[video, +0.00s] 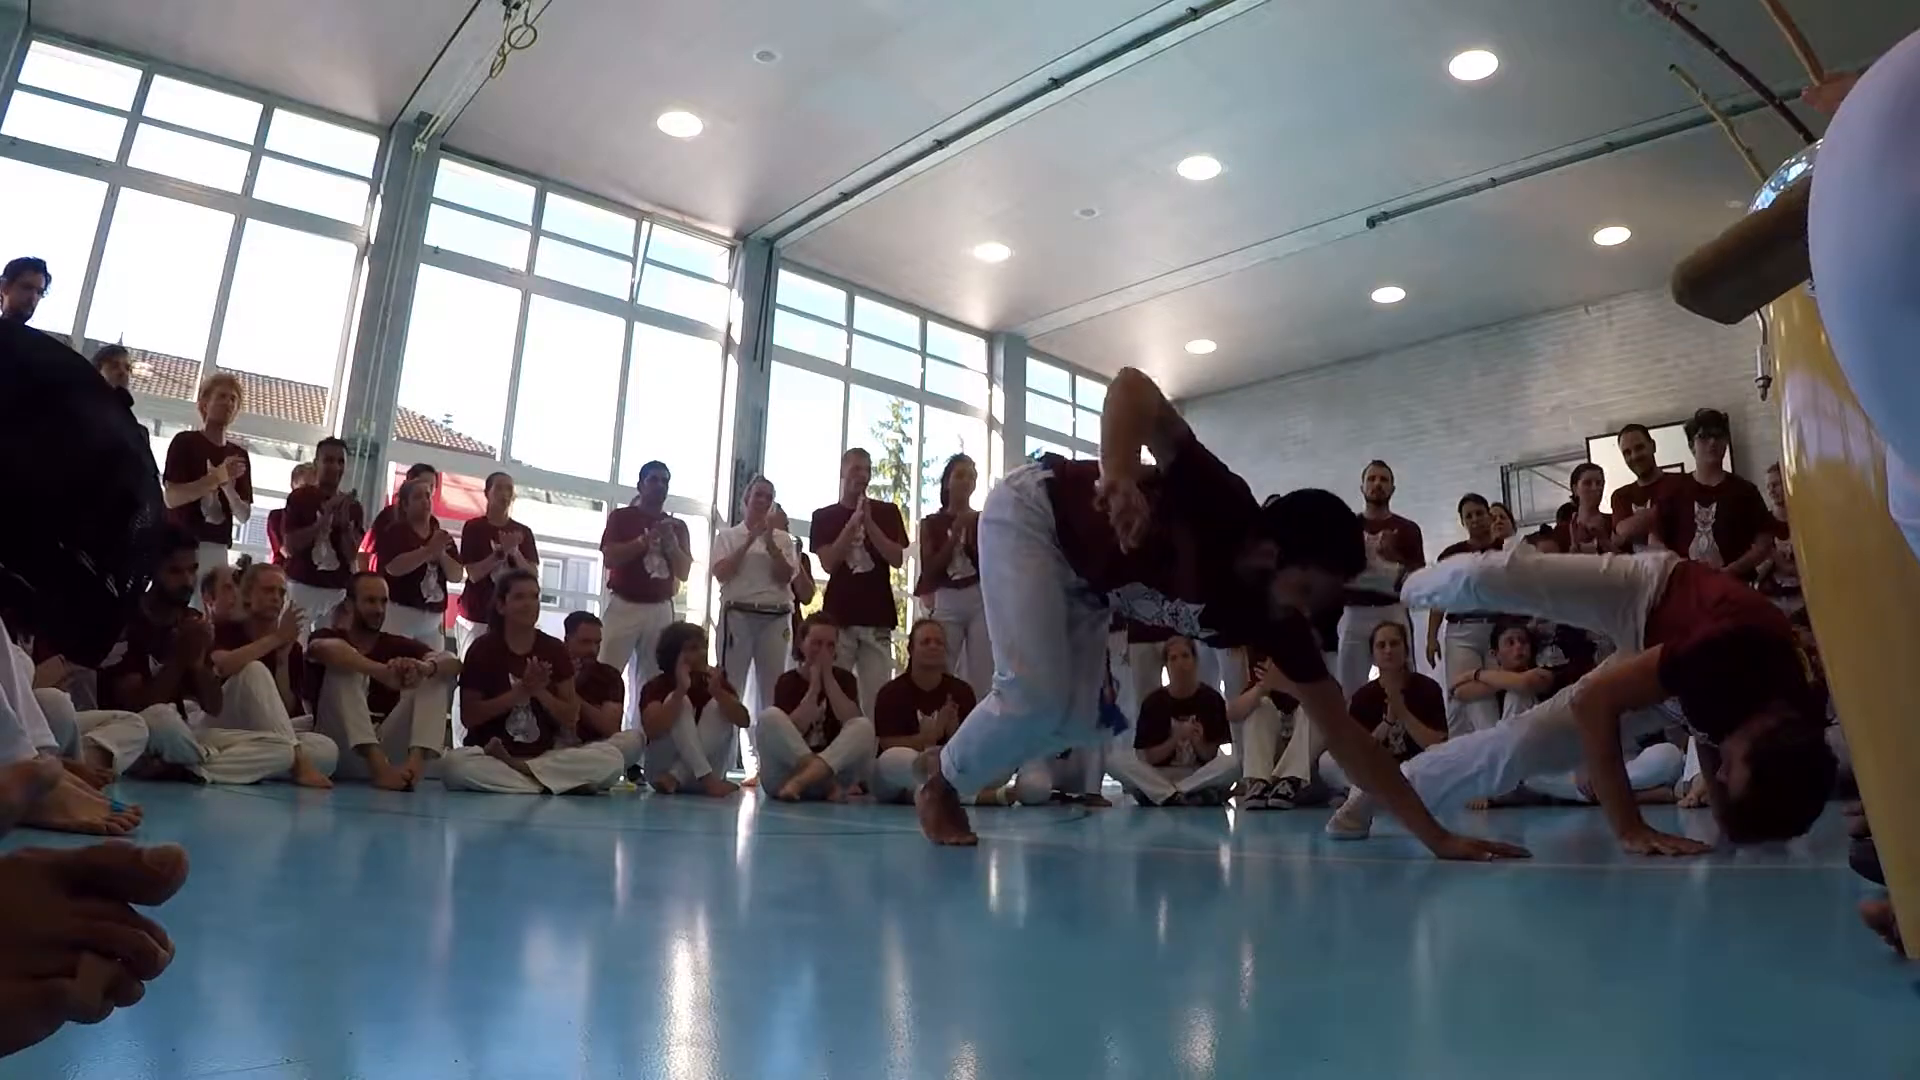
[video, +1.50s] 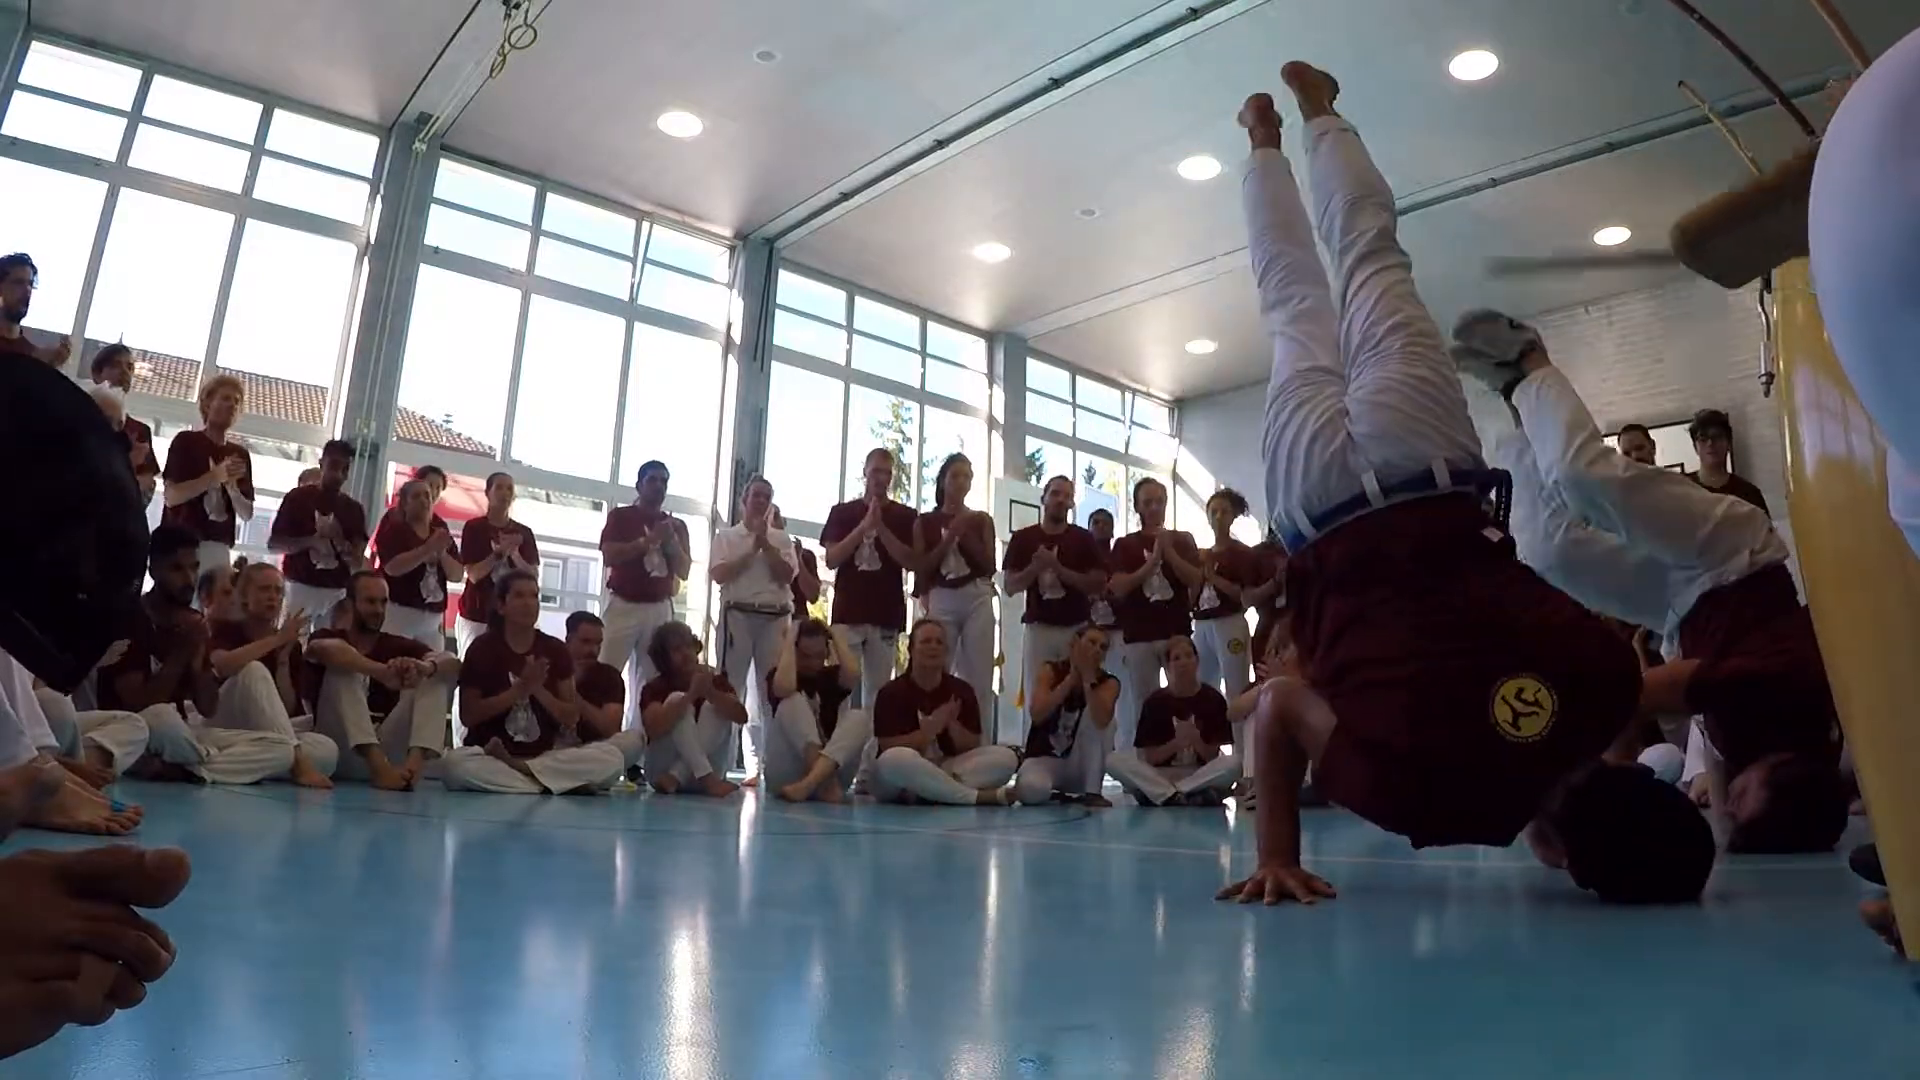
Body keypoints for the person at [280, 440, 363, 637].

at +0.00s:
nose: (334, 467)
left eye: (340, 462)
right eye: (328, 460)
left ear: (345, 467)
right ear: (316, 463)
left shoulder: (352, 506)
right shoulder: (299, 498)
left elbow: (351, 554)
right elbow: (292, 544)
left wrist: (345, 526)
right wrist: (321, 523)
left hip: (336, 588)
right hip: (302, 584)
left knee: (329, 654)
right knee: (292, 650)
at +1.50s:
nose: (338, 475)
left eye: (344, 470)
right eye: (333, 467)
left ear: (349, 471)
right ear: (321, 463)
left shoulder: (354, 509)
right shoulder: (296, 498)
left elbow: (356, 561)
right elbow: (275, 543)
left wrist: (339, 540)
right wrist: (312, 540)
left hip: (336, 592)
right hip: (298, 589)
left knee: (327, 660)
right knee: (289, 655)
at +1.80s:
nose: (336, 474)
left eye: (342, 469)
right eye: (331, 467)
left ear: (347, 472)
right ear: (319, 465)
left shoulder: (354, 510)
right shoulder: (294, 500)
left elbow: (357, 556)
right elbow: (278, 549)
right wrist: (297, 532)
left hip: (335, 592)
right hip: (299, 587)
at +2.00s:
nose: (335, 472)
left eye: (341, 467)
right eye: (329, 465)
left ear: (345, 469)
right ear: (317, 464)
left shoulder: (350, 505)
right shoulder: (297, 498)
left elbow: (352, 554)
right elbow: (294, 546)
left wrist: (346, 525)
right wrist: (322, 529)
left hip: (337, 588)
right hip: (302, 585)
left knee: (331, 654)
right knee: (293, 651)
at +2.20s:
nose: (335, 472)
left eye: (341, 467)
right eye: (330, 464)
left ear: (345, 470)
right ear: (318, 464)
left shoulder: (351, 506)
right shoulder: (297, 498)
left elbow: (351, 554)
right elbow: (294, 547)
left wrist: (345, 522)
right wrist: (315, 527)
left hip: (336, 588)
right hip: (301, 584)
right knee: (292, 651)